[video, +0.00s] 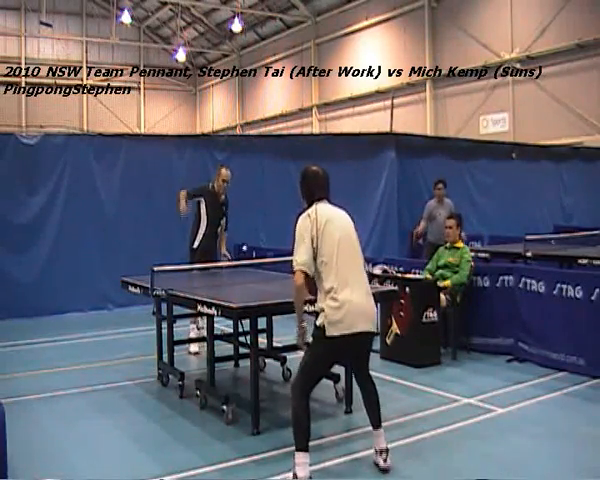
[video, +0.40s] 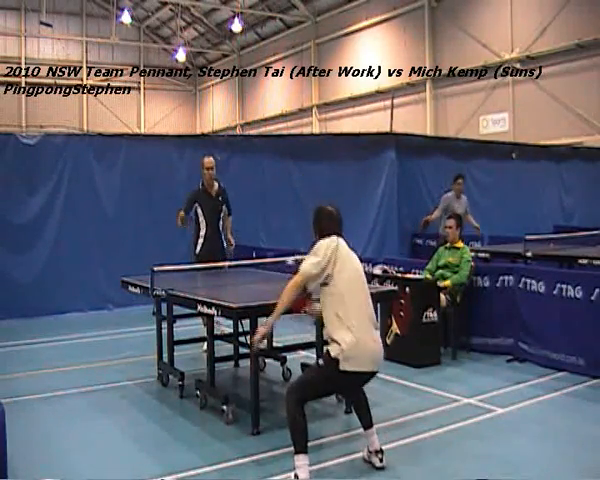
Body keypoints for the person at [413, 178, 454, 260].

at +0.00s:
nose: (440, 192)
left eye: (442, 189)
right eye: (438, 189)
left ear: (445, 191)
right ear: (434, 191)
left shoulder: (449, 204)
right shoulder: (430, 205)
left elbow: (452, 218)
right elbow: (424, 219)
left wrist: (455, 232)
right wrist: (420, 229)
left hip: (446, 239)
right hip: (432, 240)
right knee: (429, 263)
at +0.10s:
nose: (439, 192)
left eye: (441, 189)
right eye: (438, 189)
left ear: (447, 191)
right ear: (436, 191)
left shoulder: (452, 203)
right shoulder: (432, 204)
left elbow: (456, 217)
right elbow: (427, 217)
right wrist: (421, 225)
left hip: (449, 238)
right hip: (435, 238)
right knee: (432, 262)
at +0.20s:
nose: (445, 190)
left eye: (447, 188)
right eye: (444, 188)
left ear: (452, 189)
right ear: (442, 189)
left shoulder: (457, 201)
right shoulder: (438, 201)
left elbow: (462, 217)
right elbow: (432, 215)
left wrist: (470, 228)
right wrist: (425, 220)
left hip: (454, 237)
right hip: (440, 236)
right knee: (436, 260)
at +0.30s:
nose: (452, 189)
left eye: (454, 186)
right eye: (450, 186)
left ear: (457, 188)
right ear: (447, 187)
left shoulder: (460, 200)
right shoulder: (442, 200)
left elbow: (464, 215)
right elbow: (435, 213)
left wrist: (473, 228)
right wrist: (426, 220)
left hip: (456, 233)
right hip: (443, 233)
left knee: (455, 256)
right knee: (441, 255)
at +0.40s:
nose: (460, 187)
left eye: (461, 184)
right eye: (458, 184)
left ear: (463, 186)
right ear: (453, 186)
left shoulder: (464, 199)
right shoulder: (447, 197)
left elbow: (466, 214)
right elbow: (439, 210)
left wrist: (475, 225)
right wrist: (431, 218)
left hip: (458, 230)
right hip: (445, 229)